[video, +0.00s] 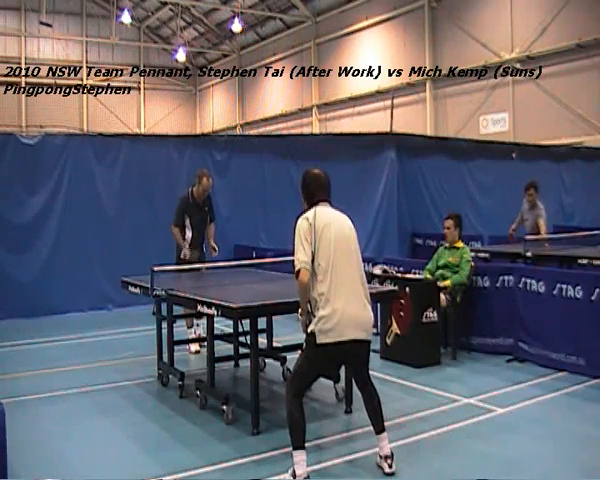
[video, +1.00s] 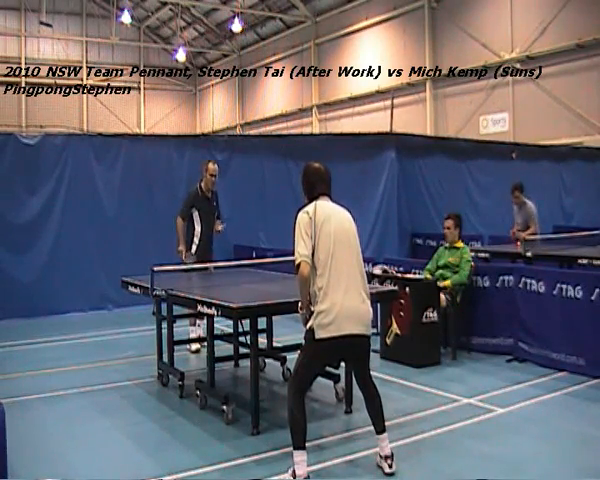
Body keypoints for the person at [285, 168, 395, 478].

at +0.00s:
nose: (301, 196)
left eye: (302, 192)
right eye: (305, 191)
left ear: (305, 194)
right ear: (329, 192)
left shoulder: (306, 221)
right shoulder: (346, 221)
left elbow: (303, 275)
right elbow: (355, 269)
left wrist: (303, 307)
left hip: (329, 327)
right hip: (362, 324)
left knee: (294, 391)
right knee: (363, 379)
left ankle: (299, 466)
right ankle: (386, 451)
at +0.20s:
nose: (302, 190)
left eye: (302, 185)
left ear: (304, 187)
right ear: (329, 185)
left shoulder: (306, 214)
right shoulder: (346, 214)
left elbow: (303, 268)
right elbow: (357, 264)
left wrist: (304, 307)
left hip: (329, 322)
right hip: (361, 319)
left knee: (296, 390)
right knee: (365, 379)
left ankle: (300, 466)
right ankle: (385, 451)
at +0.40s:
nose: (302, 189)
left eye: (302, 184)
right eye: (307, 183)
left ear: (305, 185)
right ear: (329, 184)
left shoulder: (307, 212)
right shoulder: (346, 213)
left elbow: (303, 266)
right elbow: (355, 263)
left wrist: (304, 301)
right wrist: (325, 297)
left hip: (329, 320)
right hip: (361, 318)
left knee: (297, 388)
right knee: (365, 378)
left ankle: (300, 467)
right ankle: (386, 451)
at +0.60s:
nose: (303, 189)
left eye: (303, 185)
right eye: (309, 184)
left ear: (306, 186)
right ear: (330, 185)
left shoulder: (307, 213)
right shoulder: (346, 214)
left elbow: (304, 266)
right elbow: (355, 264)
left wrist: (304, 300)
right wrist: (323, 297)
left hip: (329, 321)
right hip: (361, 318)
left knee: (297, 389)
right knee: (365, 378)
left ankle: (300, 466)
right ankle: (386, 451)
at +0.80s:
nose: (303, 189)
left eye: (303, 185)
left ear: (305, 187)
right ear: (330, 185)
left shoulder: (307, 214)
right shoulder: (346, 214)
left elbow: (304, 266)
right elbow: (355, 264)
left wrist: (304, 301)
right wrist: (327, 296)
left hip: (329, 320)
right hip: (361, 318)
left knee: (297, 389)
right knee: (365, 379)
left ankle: (300, 466)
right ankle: (386, 451)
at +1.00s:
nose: (304, 190)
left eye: (303, 185)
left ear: (305, 187)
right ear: (329, 186)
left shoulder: (307, 215)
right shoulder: (346, 215)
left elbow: (304, 267)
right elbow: (355, 264)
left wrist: (304, 304)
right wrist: (327, 298)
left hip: (328, 322)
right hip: (360, 319)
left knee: (296, 388)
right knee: (365, 379)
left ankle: (300, 466)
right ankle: (386, 451)